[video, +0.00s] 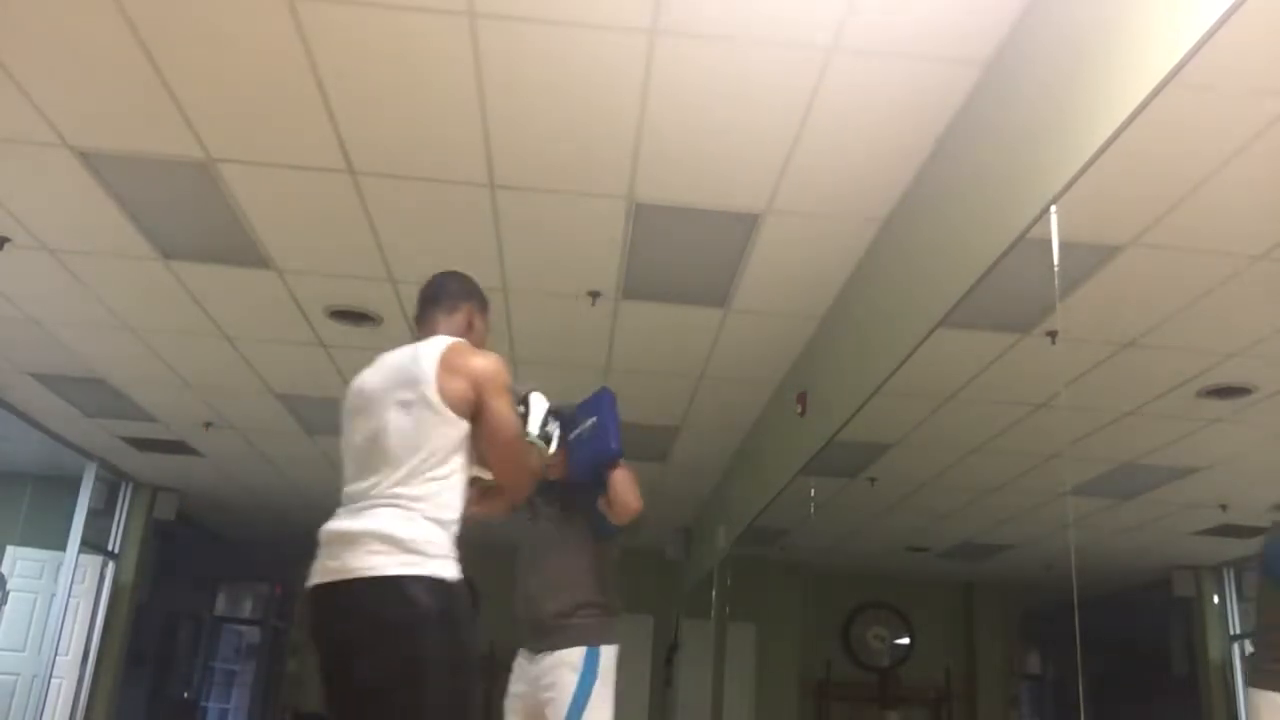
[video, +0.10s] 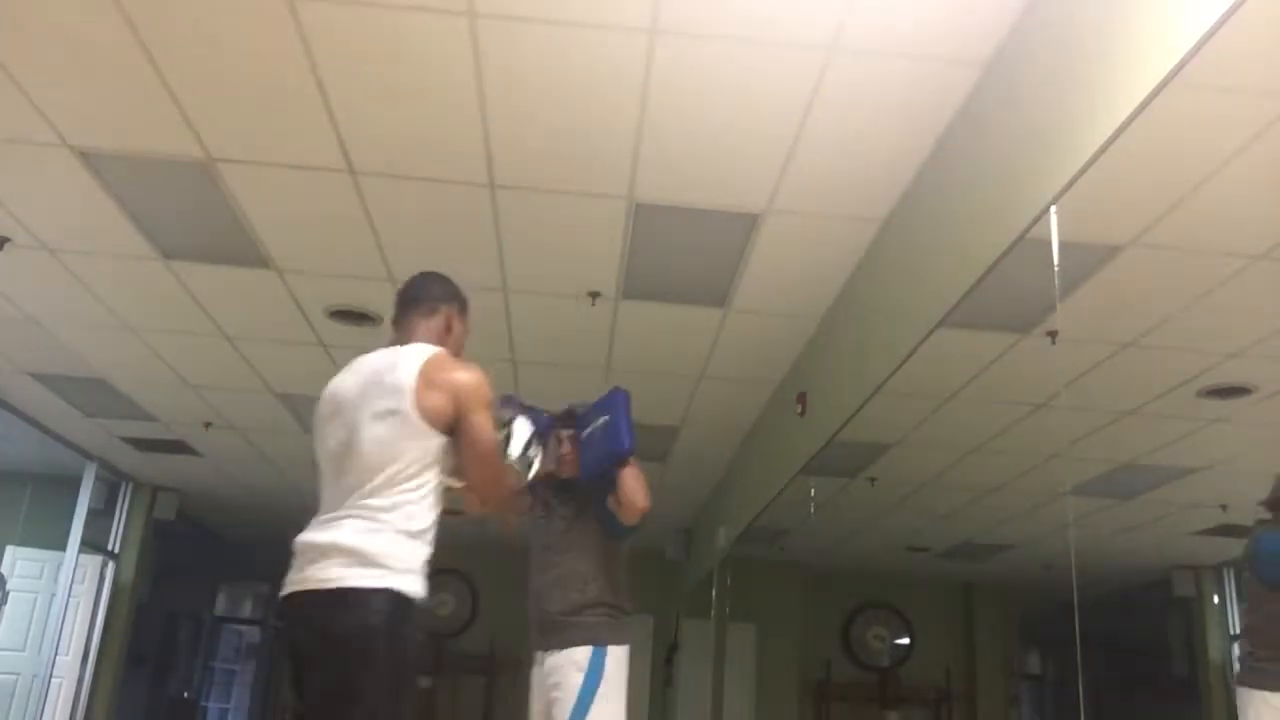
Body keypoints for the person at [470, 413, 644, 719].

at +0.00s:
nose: (549, 453)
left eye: (558, 443)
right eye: (544, 442)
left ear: (577, 447)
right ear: (536, 448)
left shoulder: (590, 495)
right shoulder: (533, 492)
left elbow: (628, 506)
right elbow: (476, 502)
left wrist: (606, 452)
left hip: (580, 650)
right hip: (532, 649)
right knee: (518, 712)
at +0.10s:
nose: (565, 449)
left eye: (574, 439)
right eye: (557, 440)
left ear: (590, 444)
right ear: (548, 447)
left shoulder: (602, 491)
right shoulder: (543, 493)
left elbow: (636, 504)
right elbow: (492, 499)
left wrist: (617, 447)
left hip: (592, 648)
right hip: (548, 647)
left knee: (581, 713)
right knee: (542, 713)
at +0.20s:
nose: (575, 455)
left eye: (584, 445)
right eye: (570, 446)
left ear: (601, 449)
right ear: (564, 450)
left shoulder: (615, 497)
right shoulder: (560, 499)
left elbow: (646, 503)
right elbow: (506, 509)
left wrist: (627, 450)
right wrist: (521, 460)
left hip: (604, 648)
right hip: (570, 645)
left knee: (576, 712)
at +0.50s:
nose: (588, 463)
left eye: (596, 453)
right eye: (585, 455)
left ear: (615, 455)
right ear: (581, 459)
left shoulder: (637, 502)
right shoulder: (589, 509)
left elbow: (653, 507)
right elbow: (523, 525)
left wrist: (633, 453)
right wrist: (541, 466)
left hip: (635, 649)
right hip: (608, 647)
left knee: (596, 712)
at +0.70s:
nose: (596, 463)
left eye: (604, 452)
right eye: (593, 454)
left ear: (622, 455)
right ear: (589, 459)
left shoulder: (645, 502)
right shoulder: (600, 509)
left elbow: (656, 505)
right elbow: (537, 525)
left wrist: (636, 451)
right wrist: (557, 462)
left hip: (645, 650)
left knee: (605, 712)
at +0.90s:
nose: (625, 458)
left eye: (634, 451)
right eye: (624, 451)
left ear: (659, 460)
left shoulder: (678, 498)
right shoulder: (621, 509)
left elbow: (658, 503)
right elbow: (558, 530)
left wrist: (610, 455)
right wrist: (567, 468)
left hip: (662, 656)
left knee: (618, 713)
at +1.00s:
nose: (632, 469)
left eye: (642, 460)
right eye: (630, 461)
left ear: (670, 467)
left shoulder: (685, 502)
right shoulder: (635, 514)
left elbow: (700, 531)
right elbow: (575, 538)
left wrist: (626, 500)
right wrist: (573, 490)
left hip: (674, 655)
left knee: (632, 713)